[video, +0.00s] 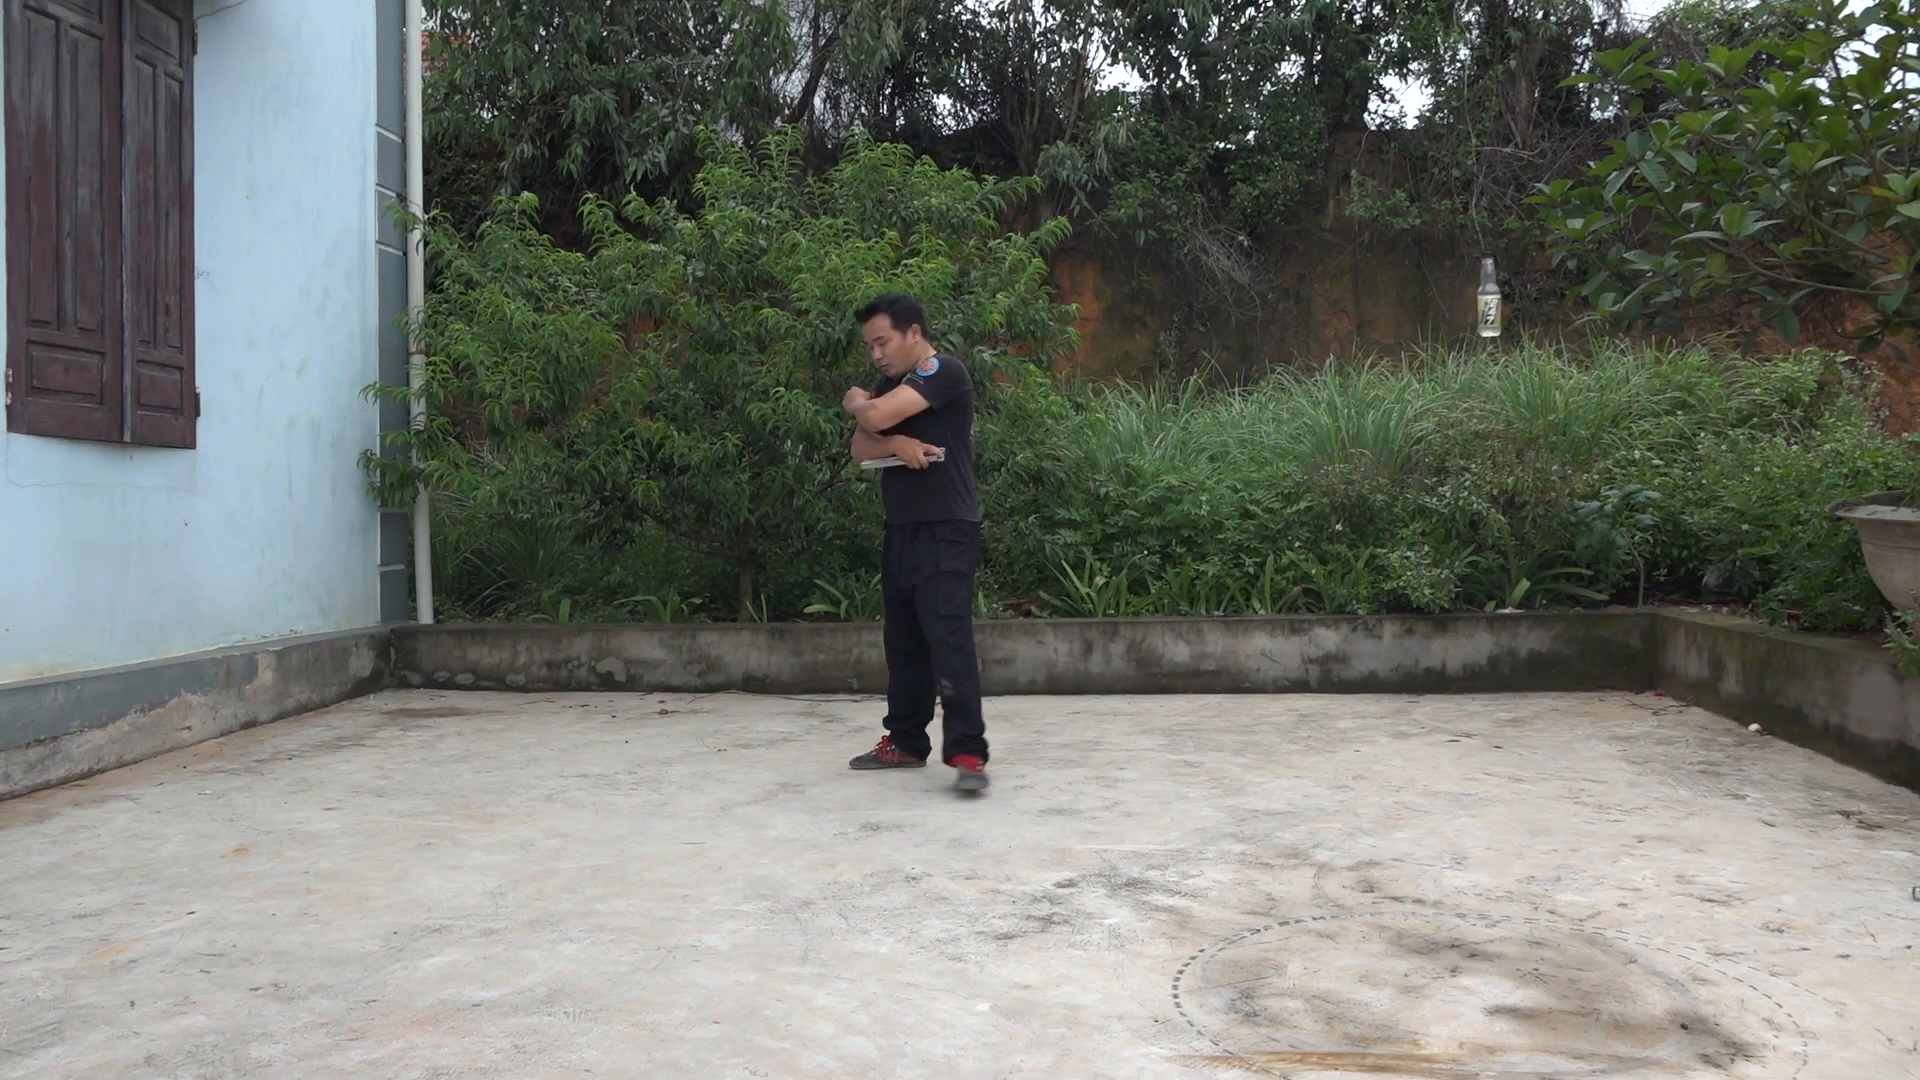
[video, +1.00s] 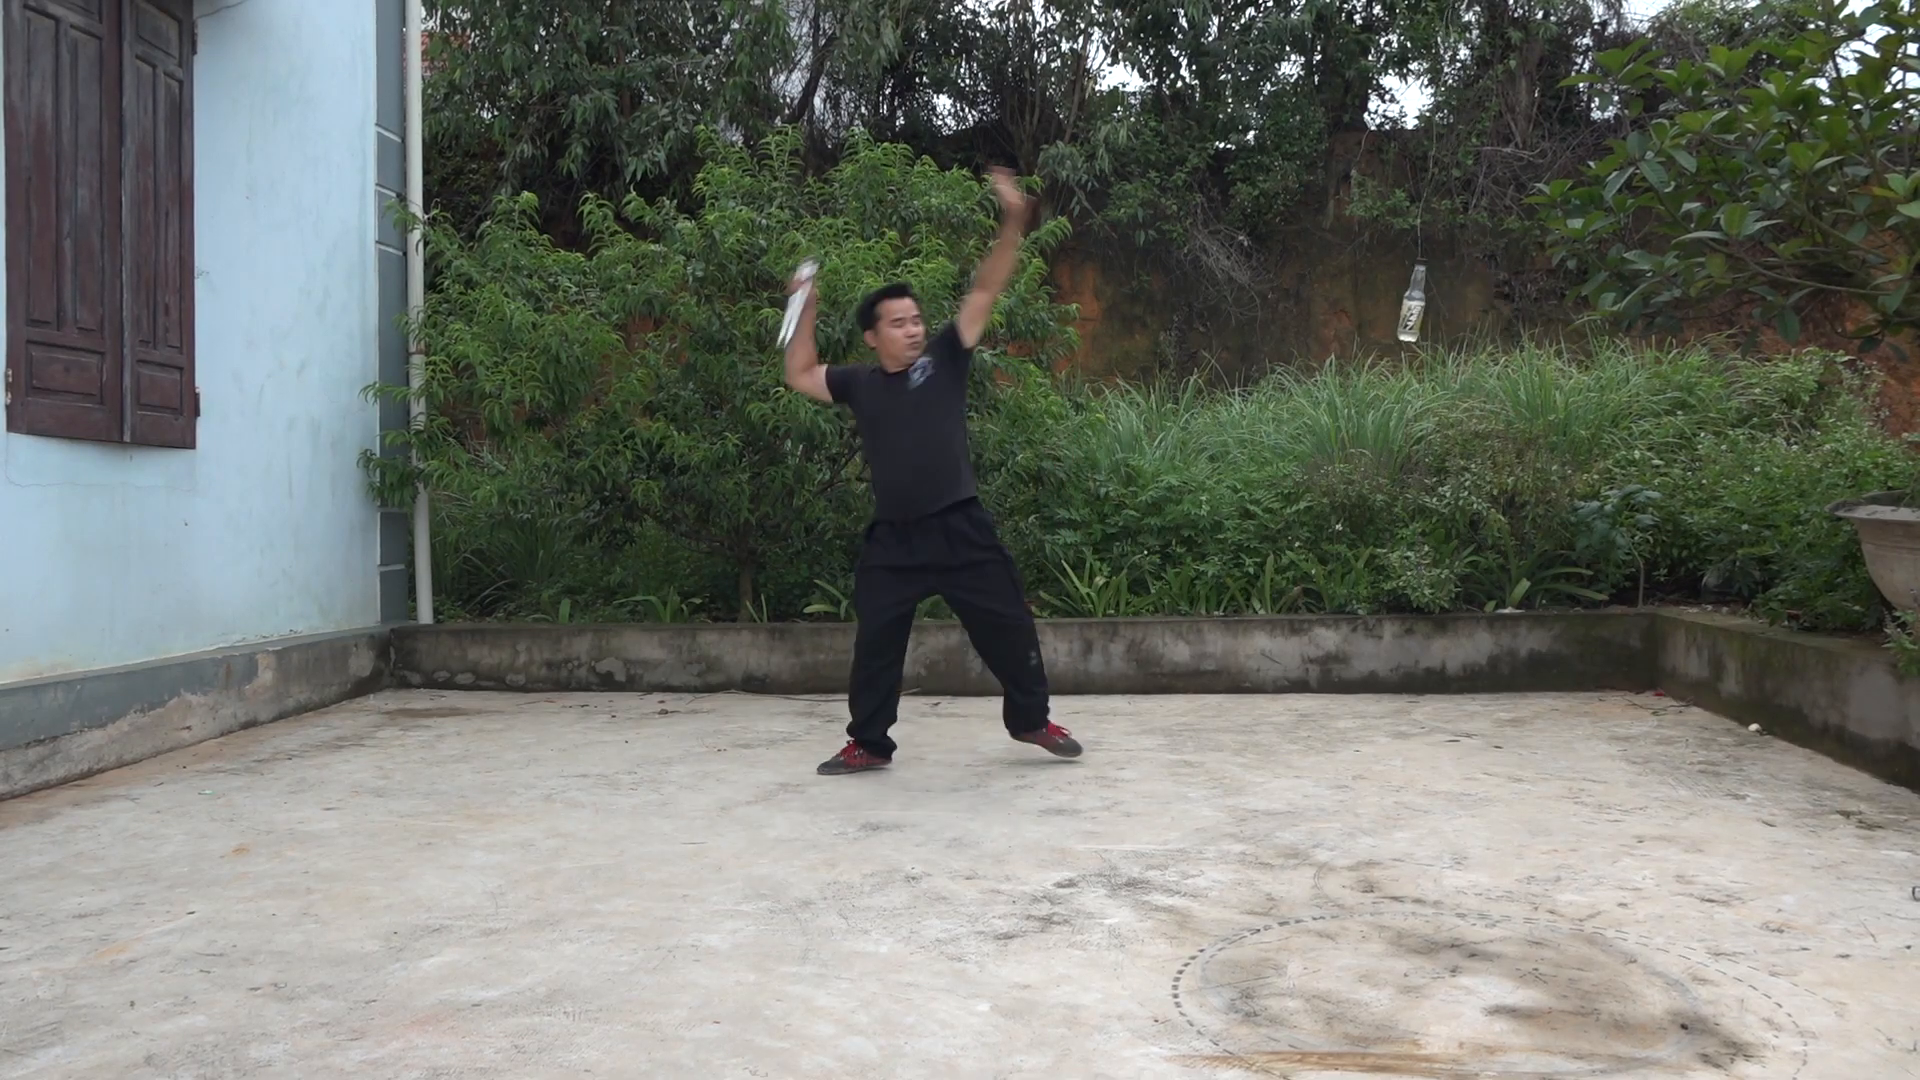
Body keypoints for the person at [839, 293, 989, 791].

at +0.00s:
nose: (876, 352)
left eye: (882, 340)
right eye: (871, 344)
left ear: (915, 334)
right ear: (875, 346)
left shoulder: (948, 373)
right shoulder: (891, 387)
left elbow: (877, 417)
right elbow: (859, 447)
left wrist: (855, 401)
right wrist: (897, 443)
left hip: (948, 529)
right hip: (902, 530)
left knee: (950, 641)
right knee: (904, 641)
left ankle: (968, 754)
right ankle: (906, 742)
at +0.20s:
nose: (891, 345)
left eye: (900, 333)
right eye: (880, 338)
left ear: (924, 337)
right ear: (873, 349)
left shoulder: (934, 380)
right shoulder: (889, 393)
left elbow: (891, 445)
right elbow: (866, 455)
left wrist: (851, 435)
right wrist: (864, 471)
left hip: (931, 539)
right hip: (895, 538)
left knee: (928, 649)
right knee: (890, 643)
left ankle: (932, 771)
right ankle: (901, 739)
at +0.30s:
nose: (885, 346)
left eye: (896, 336)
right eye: (876, 338)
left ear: (920, 340)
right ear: (867, 347)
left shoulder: (926, 387)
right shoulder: (894, 395)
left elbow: (942, 448)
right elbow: (893, 461)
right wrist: (869, 497)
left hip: (915, 543)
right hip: (885, 542)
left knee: (907, 654)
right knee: (881, 648)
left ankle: (926, 781)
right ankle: (897, 742)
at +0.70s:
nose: (847, 362)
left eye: (859, 352)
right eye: (839, 353)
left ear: (883, 360)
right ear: (830, 362)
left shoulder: (892, 414)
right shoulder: (861, 415)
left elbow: (913, 495)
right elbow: (890, 488)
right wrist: (874, 537)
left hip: (931, 555)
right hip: (888, 556)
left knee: (939, 666)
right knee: (853, 649)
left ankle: (937, 775)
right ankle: (867, 746)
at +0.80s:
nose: (864, 358)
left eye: (874, 348)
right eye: (852, 350)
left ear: (892, 356)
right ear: (839, 362)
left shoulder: (905, 405)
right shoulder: (848, 417)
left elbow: (849, 458)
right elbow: (837, 469)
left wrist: (787, 410)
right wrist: (835, 524)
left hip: (940, 550)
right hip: (885, 555)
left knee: (968, 643)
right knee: (851, 643)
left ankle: (1005, 755)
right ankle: (868, 747)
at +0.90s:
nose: (877, 343)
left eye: (883, 335)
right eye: (866, 338)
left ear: (898, 344)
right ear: (851, 354)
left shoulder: (919, 385)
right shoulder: (853, 405)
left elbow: (891, 331)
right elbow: (811, 423)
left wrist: (829, 292)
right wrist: (775, 441)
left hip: (948, 547)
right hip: (888, 551)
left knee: (993, 643)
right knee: (857, 642)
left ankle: (1045, 745)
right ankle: (868, 746)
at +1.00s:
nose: (914, 328)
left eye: (916, 319)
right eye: (900, 322)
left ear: (926, 326)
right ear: (872, 339)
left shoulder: (946, 359)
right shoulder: (859, 384)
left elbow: (984, 291)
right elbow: (800, 374)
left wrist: (1013, 222)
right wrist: (803, 305)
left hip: (962, 529)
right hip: (894, 538)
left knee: (1010, 626)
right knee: (875, 640)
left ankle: (1030, 720)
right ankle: (869, 744)